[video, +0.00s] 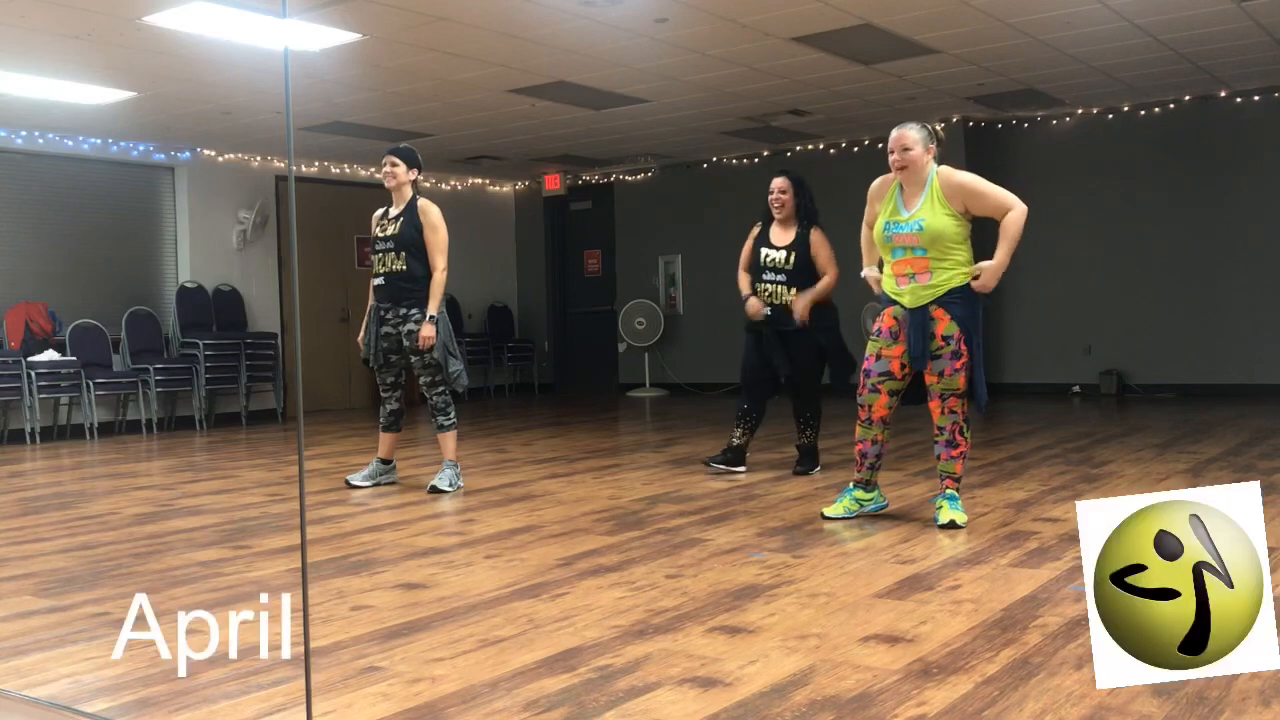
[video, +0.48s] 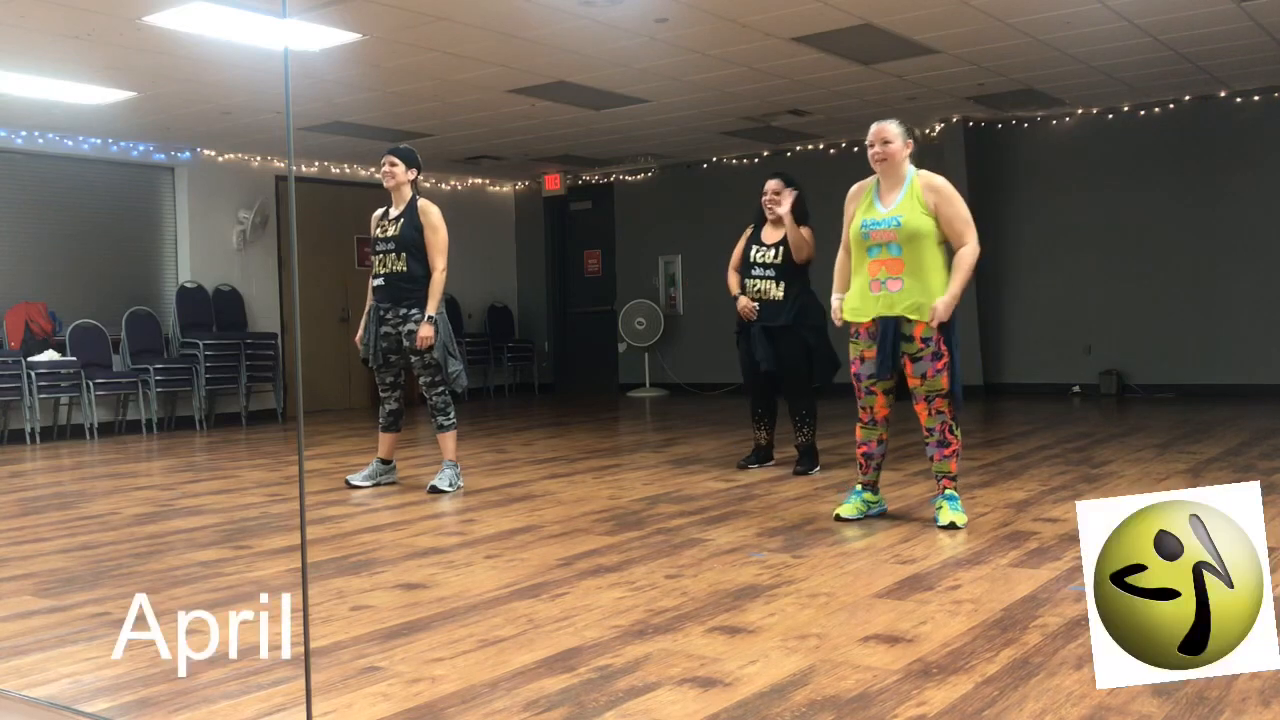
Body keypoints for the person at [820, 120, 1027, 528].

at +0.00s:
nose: (896, 158)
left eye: (905, 150)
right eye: (891, 151)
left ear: (929, 152)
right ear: (888, 155)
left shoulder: (953, 184)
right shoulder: (882, 189)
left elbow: (1015, 209)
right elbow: (869, 227)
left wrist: (998, 264)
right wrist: (870, 265)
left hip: (948, 306)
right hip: (895, 307)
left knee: (947, 401)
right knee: (872, 392)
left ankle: (949, 494)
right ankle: (865, 489)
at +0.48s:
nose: (876, 150)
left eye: (885, 142)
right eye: (871, 145)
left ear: (907, 147)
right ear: (866, 153)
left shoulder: (932, 187)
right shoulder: (858, 194)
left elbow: (968, 244)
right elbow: (846, 249)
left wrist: (950, 297)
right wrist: (837, 293)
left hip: (921, 317)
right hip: (866, 317)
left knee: (935, 406)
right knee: (869, 408)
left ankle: (946, 495)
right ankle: (867, 492)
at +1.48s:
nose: (889, 146)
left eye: (899, 139)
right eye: (883, 140)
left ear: (918, 147)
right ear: (876, 149)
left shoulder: (936, 190)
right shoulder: (858, 198)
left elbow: (973, 245)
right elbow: (815, 242)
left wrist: (955, 194)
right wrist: (812, 213)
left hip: (932, 312)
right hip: (873, 316)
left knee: (945, 405)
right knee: (874, 407)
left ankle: (962, 495)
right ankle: (868, 492)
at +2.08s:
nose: (919, 141)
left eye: (930, 135)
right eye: (915, 136)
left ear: (954, 145)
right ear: (910, 147)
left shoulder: (972, 191)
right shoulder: (896, 194)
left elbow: (999, 256)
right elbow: (882, 257)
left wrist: (998, 317)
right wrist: (866, 306)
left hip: (956, 318)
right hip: (901, 319)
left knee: (961, 408)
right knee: (886, 403)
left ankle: (965, 496)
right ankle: (875, 490)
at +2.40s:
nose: (899, 143)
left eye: (909, 137)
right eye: (894, 139)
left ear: (931, 146)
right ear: (889, 151)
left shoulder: (952, 194)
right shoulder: (875, 199)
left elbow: (975, 259)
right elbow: (862, 266)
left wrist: (979, 320)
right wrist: (851, 320)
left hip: (937, 317)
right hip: (882, 321)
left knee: (950, 407)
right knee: (879, 409)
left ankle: (964, 496)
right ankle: (871, 492)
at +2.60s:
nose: (876, 144)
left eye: (885, 137)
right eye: (871, 140)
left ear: (907, 146)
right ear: (865, 152)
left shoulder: (928, 191)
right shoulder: (850, 198)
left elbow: (961, 251)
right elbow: (832, 256)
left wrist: (970, 309)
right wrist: (820, 309)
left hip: (918, 316)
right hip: (863, 321)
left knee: (937, 406)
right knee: (867, 409)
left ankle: (961, 495)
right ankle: (869, 493)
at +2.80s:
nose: (862, 151)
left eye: (870, 143)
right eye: (855, 147)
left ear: (890, 151)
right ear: (849, 159)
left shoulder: (915, 196)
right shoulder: (835, 208)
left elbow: (946, 257)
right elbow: (822, 271)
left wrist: (964, 313)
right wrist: (804, 324)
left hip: (905, 319)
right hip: (851, 325)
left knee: (928, 405)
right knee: (866, 410)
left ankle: (958, 495)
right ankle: (870, 492)